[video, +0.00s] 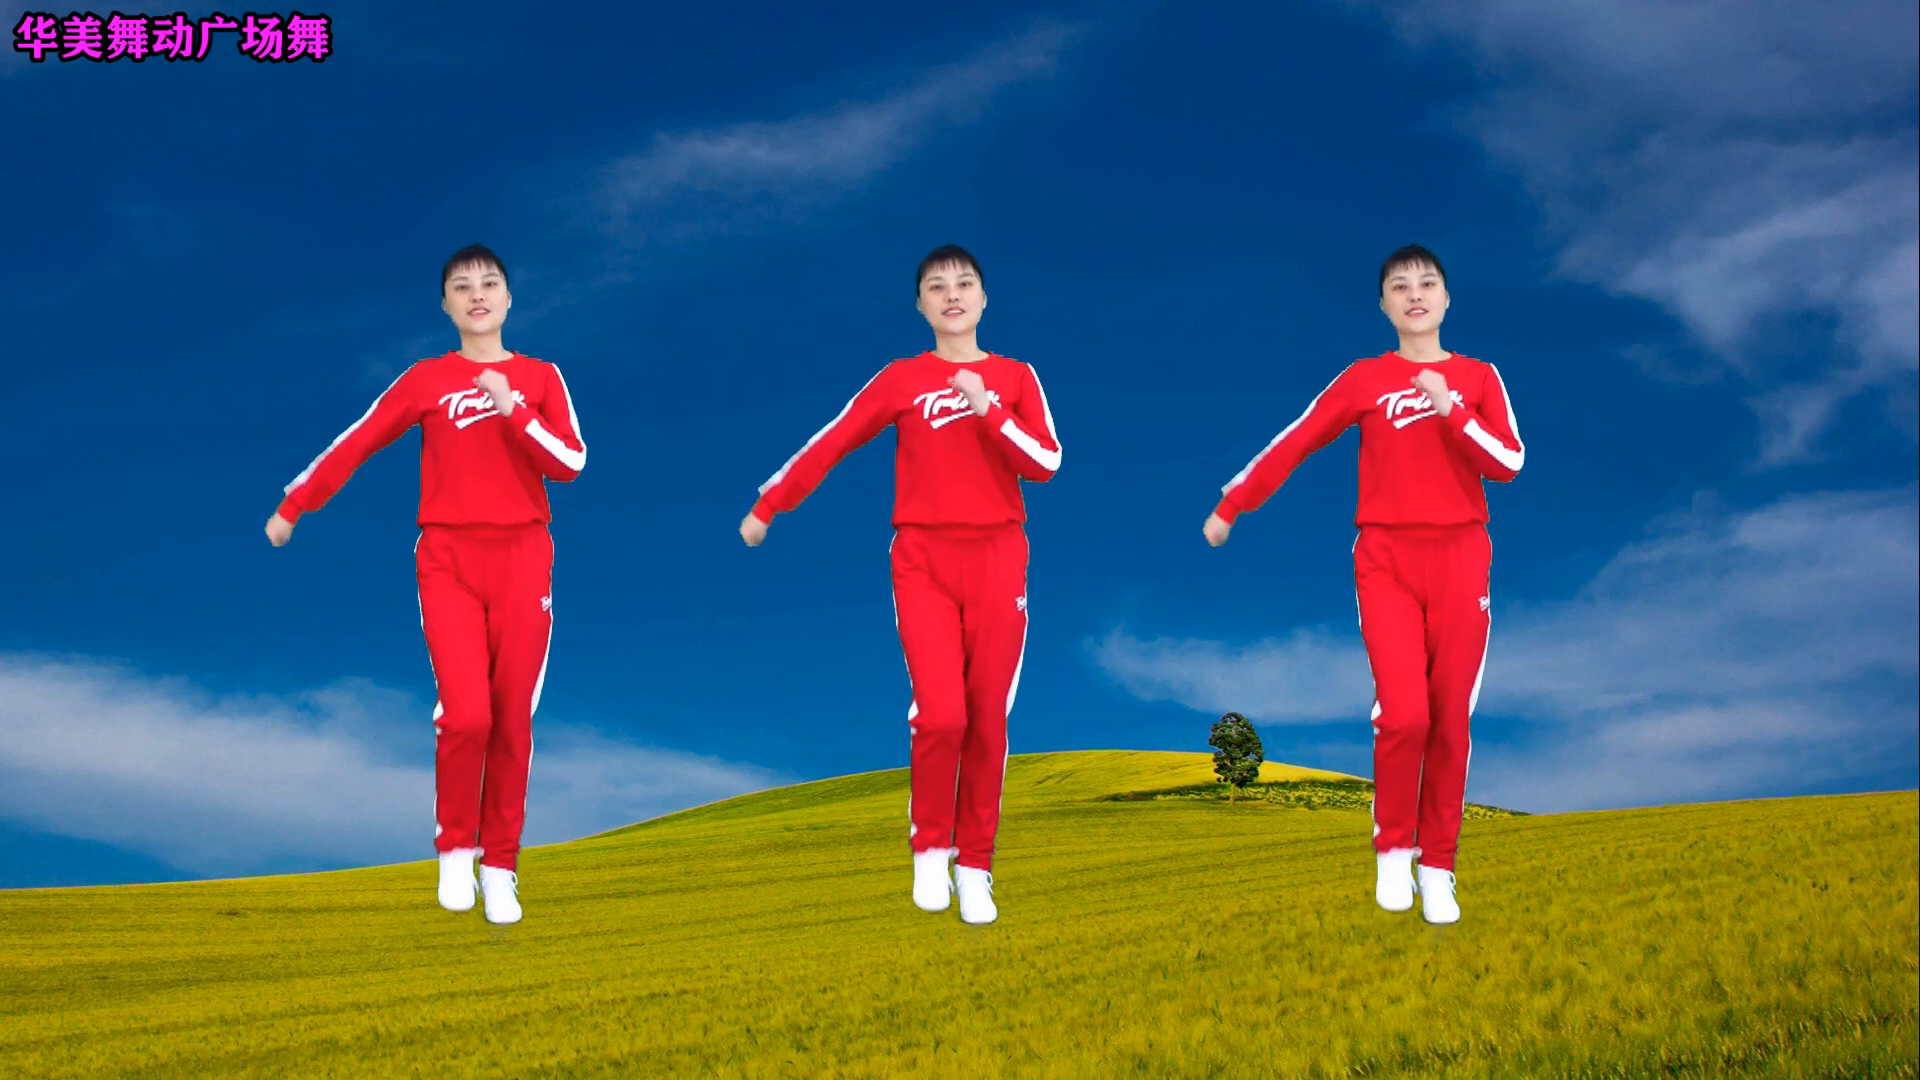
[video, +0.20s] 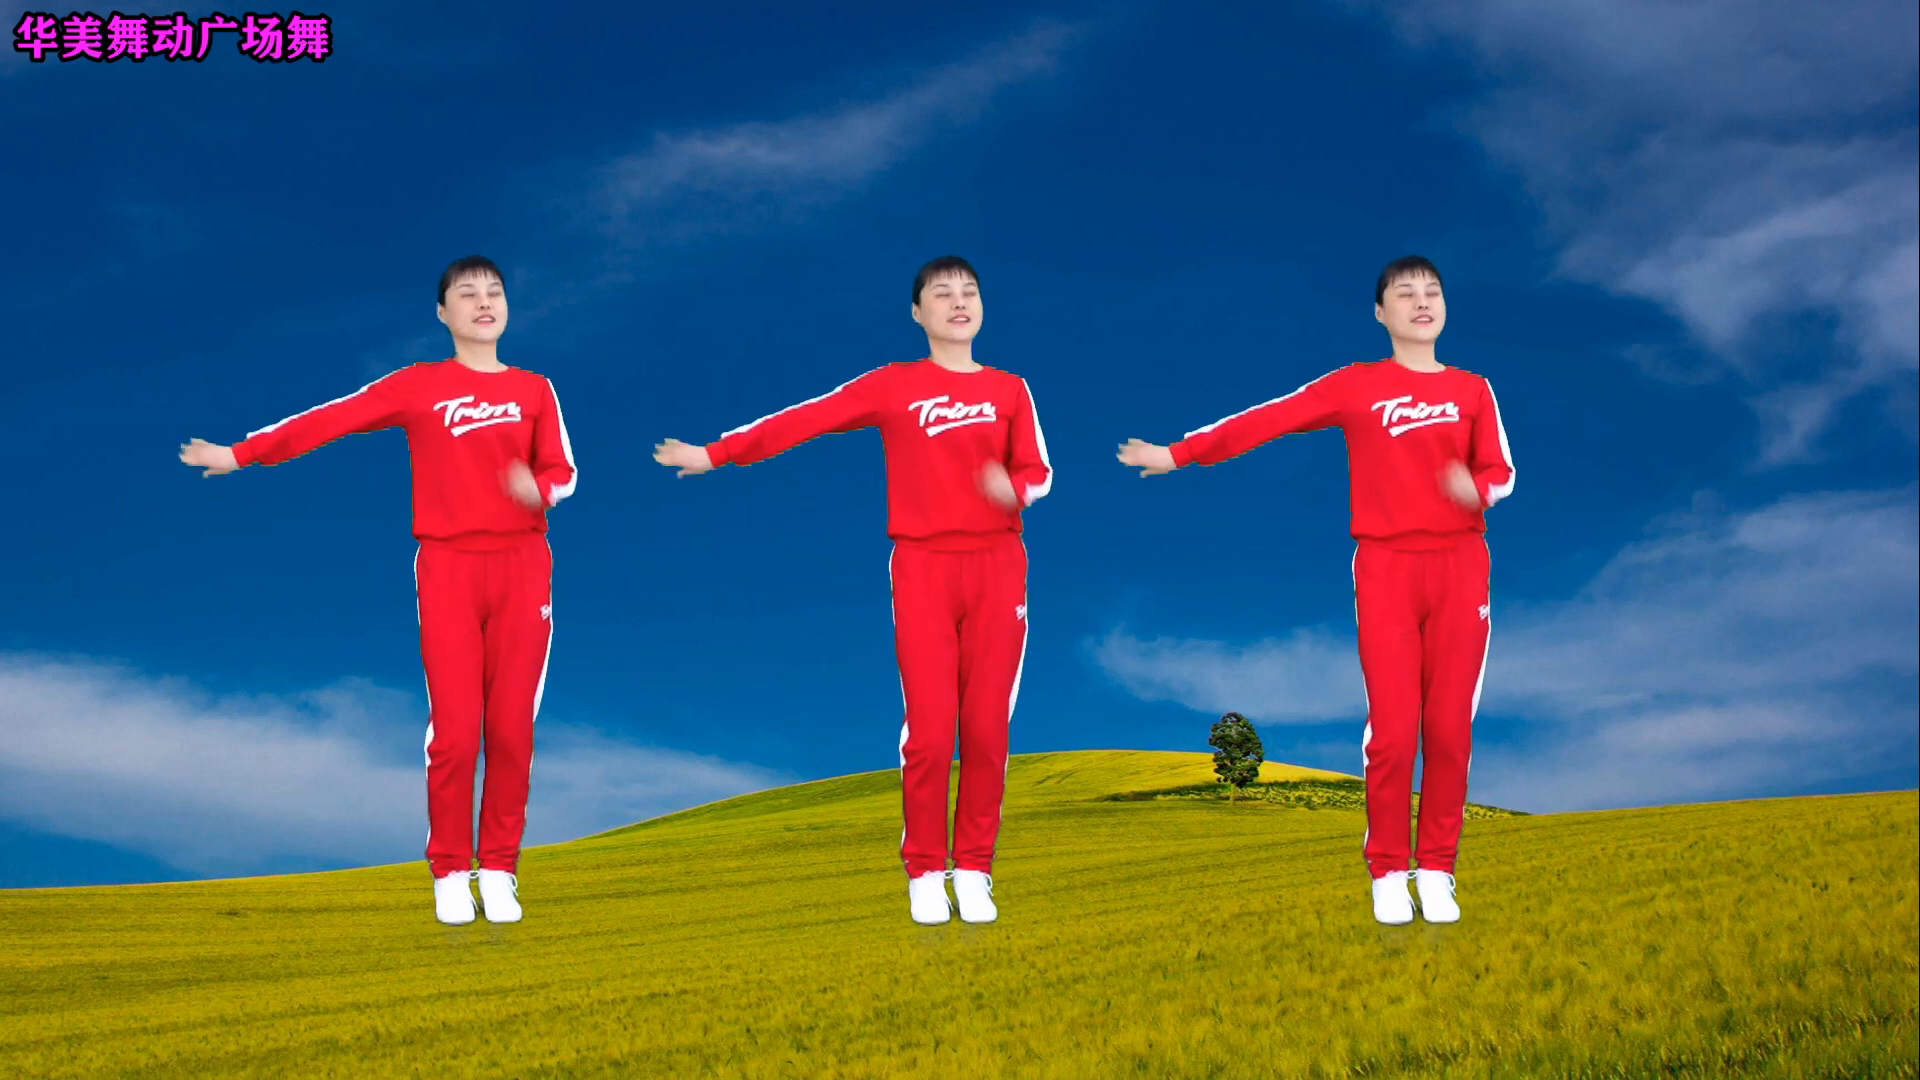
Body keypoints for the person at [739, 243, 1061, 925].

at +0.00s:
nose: (953, 295)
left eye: (964, 284)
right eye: (938, 287)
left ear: (983, 298)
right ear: (922, 305)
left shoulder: (1014, 376)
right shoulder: (899, 380)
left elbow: (1045, 462)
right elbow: (831, 442)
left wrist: (990, 412)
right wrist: (766, 504)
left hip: (999, 556)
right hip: (923, 557)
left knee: (989, 715)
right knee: (941, 713)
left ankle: (975, 862)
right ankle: (931, 848)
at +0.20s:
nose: (959, 302)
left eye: (969, 292)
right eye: (943, 294)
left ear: (982, 308)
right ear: (920, 313)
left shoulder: (1010, 388)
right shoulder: (892, 383)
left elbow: (1039, 473)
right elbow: (806, 418)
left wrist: (1016, 489)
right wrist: (713, 453)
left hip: (998, 564)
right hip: (922, 565)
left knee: (988, 725)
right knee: (931, 727)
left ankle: (974, 868)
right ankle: (925, 870)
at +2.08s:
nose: (1004, 293)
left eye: (1019, 282)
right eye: (1000, 286)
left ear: (1057, 294)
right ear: (999, 299)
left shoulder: (1084, 358)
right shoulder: (986, 386)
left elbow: (1025, 331)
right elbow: (967, 476)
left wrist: (943, 316)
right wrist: (956, 554)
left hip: (1066, 552)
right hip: (994, 555)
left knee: (1078, 713)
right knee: (952, 704)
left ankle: (1091, 860)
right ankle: (924, 844)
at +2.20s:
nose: (979, 308)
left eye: (993, 299)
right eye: (979, 299)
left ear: (1029, 310)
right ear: (984, 314)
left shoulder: (1058, 377)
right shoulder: (963, 394)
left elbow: (1036, 299)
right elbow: (940, 487)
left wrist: (978, 246)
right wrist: (926, 567)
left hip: (1040, 558)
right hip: (968, 563)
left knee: (1065, 720)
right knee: (933, 724)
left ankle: (1087, 861)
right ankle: (899, 859)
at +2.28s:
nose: (969, 312)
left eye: (984, 302)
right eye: (966, 306)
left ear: (1020, 316)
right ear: (963, 324)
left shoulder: (1039, 385)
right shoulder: (941, 400)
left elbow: (1043, 306)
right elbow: (916, 492)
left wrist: (1007, 229)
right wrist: (906, 574)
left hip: (1014, 567)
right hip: (939, 572)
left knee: (1050, 724)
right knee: (917, 736)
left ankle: (1085, 862)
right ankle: (899, 866)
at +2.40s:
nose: (949, 313)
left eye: (965, 304)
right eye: (944, 305)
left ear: (999, 317)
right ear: (937, 320)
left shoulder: (1013, 387)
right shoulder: (911, 392)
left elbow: (1055, 341)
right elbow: (880, 481)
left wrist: (1059, 253)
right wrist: (871, 560)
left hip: (974, 563)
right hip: (904, 568)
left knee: (1004, 722)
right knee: (896, 734)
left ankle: (1060, 850)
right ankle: (898, 865)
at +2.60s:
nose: (933, 332)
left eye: (947, 322)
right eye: (922, 323)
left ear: (969, 333)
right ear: (910, 334)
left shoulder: (992, 408)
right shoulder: (881, 408)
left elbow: (1054, 437)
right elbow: (842, 489)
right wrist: (808, 563)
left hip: (950, 580)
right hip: (877, 578)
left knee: (903, 716)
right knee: (865, 732)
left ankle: (955, 795)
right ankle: (895, 866)